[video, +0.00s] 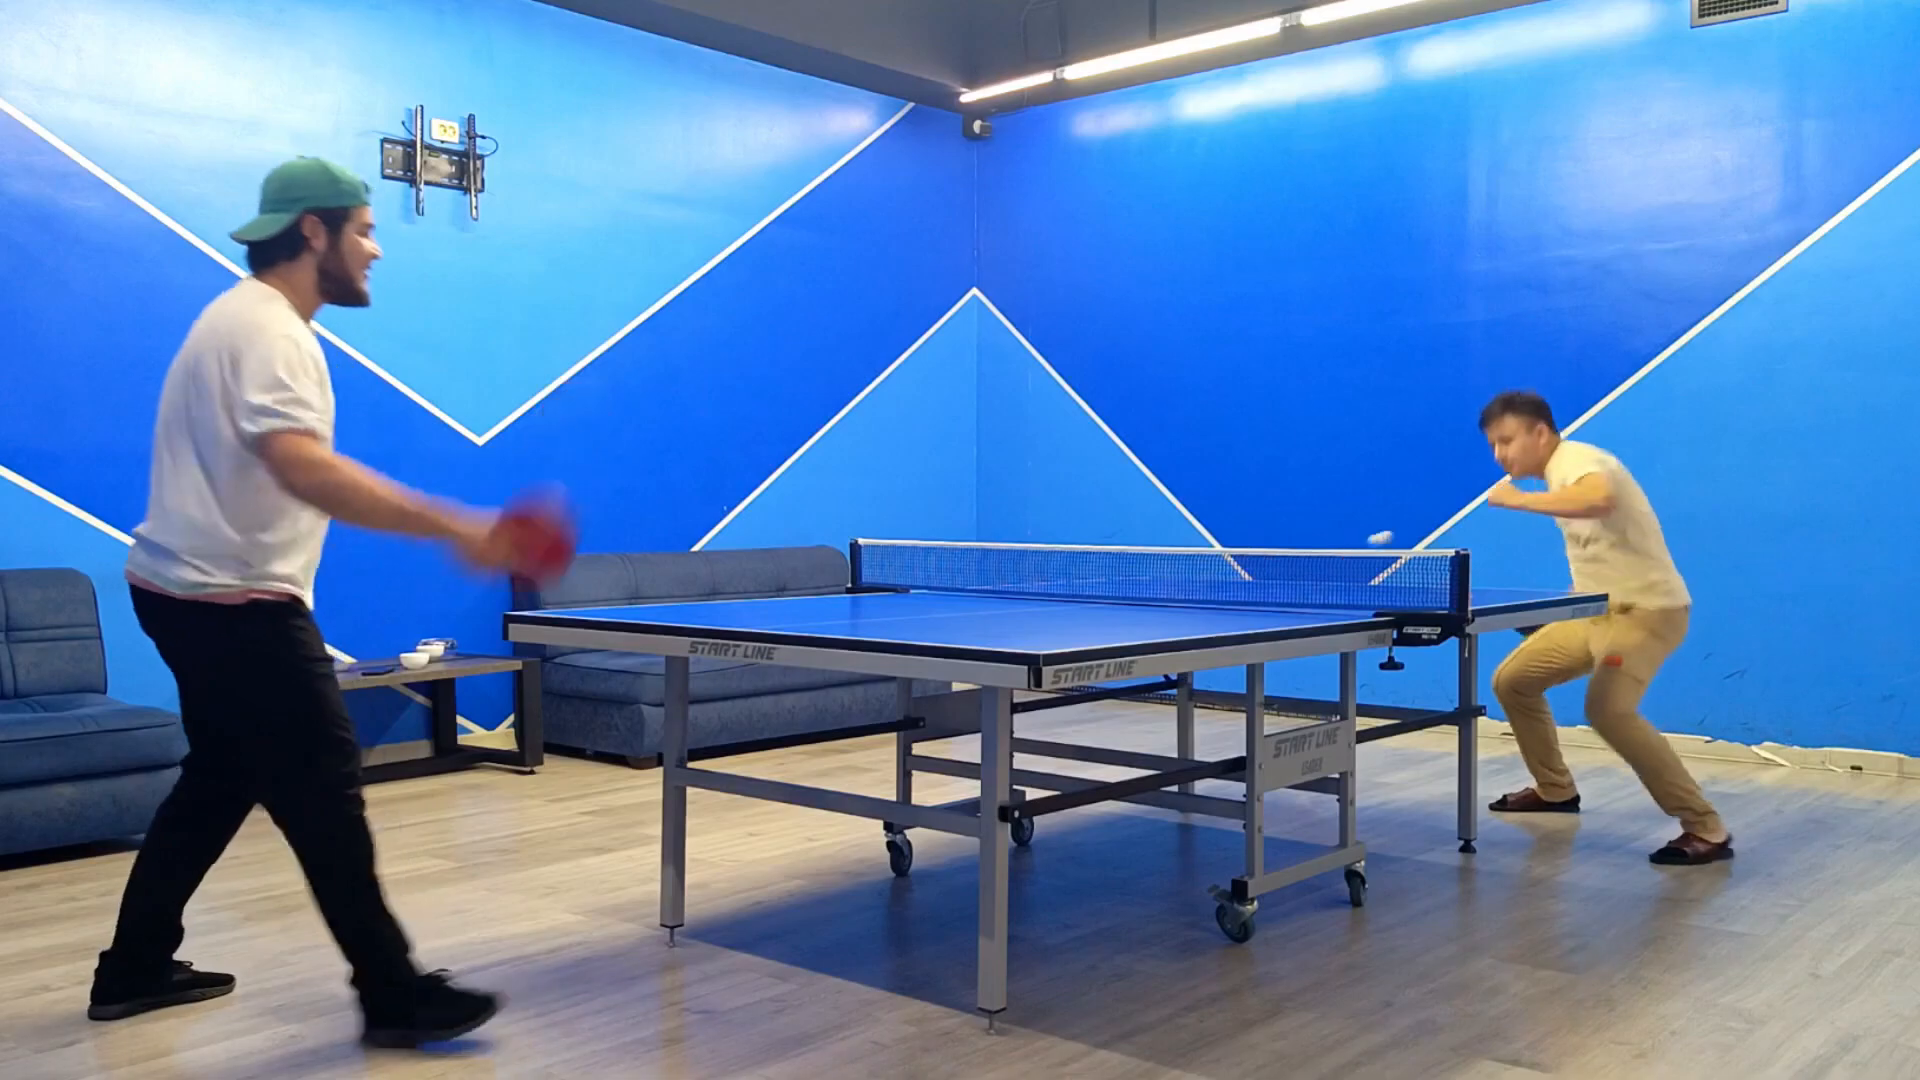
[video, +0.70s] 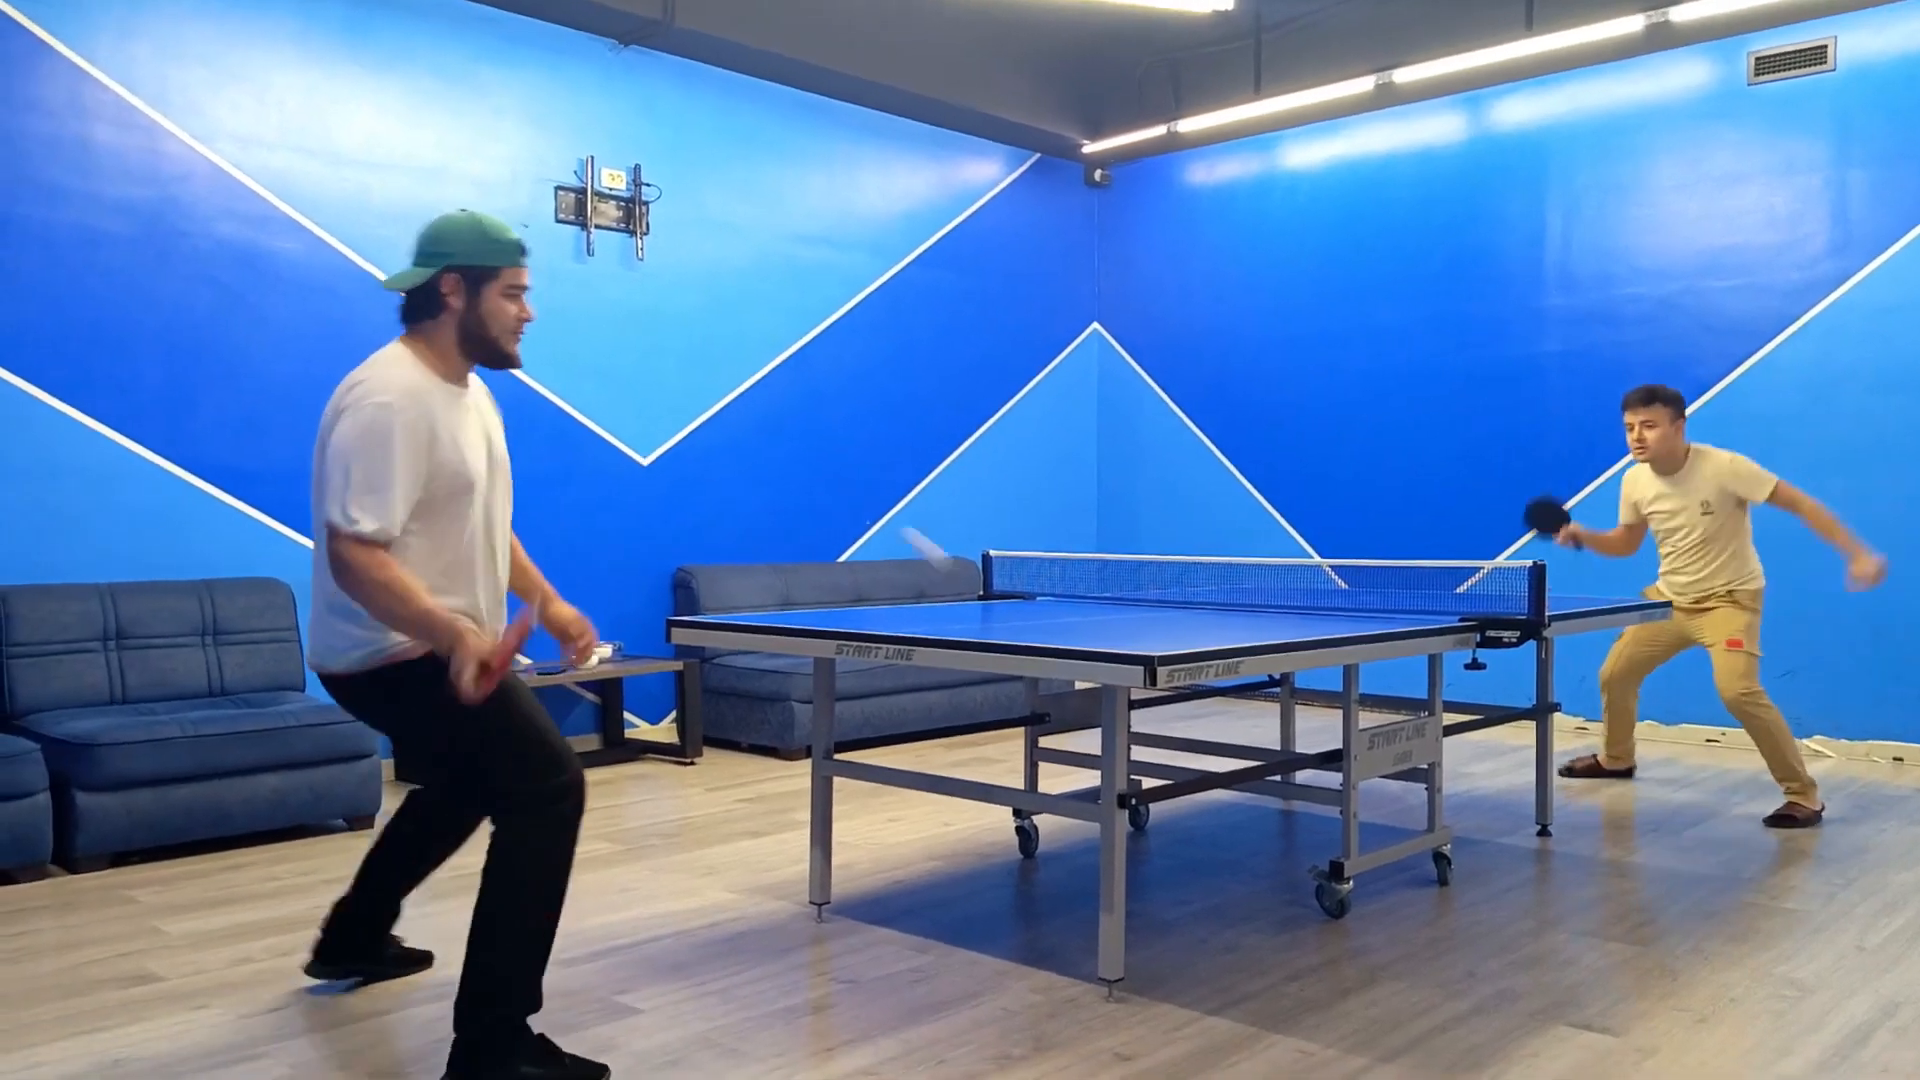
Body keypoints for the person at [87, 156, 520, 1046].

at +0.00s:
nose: (375, 250)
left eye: (373, 233)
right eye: (364, 233)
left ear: (299, 238)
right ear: (310, 236)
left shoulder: (238, 317)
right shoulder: (267, 331)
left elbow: (280, 470)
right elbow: (304, 468)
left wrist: (441, 520)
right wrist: (455, 525)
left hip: (192, 593)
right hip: (236, 601)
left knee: (223, 774)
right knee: (323, 784)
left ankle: (135, 964)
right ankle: (393, 991)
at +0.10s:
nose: (355, 239)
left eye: (352, 222)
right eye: (345, 222)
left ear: (287, 225)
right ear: (296, 223)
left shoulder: (217, 308)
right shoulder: (254, 319)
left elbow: (215, 465)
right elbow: (248, 460)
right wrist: (366, 573)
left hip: (179, 588)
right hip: (230, 592)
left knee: (212, 769)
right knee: (309, 761)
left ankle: (135, 965)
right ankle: (311, 1008)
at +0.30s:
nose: (455, 260)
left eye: (453, 244)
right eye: (444, 243)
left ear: (388, 248)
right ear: (399, 244)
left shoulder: (334, 326)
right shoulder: (359, 336)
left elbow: (315, 478)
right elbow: (322, 474)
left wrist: (385, 589)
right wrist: (390, 596)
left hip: (299, 592)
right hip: (328, 594)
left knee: (329, 755)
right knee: (417, 753)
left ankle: (259, 941)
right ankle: (358, 985)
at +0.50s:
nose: (523, 289)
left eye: (522, 272)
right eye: (513, 272)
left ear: (461, 277)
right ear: (462, 275)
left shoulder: (435, 363)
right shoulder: (410, 365)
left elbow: (436, 507)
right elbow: (368, 504)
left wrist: (502, 588)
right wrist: (434, 633)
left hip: (388, 614)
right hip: (387, 619)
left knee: (409, 764)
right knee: (490, 768)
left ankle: (324, 935)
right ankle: (483, 1006)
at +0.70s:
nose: (528, 312)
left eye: (527, 294)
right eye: (514, 294)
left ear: (463, 296)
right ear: (454, 293)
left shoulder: (468, 393)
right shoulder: (383, 399)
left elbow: (484, 530)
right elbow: (352, 555)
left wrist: (548, 603)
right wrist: (454, 633)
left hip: (445, 646)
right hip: (384, 656)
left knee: (468, 786)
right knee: (545, 788)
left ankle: (354, 934)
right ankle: (493, 1037)